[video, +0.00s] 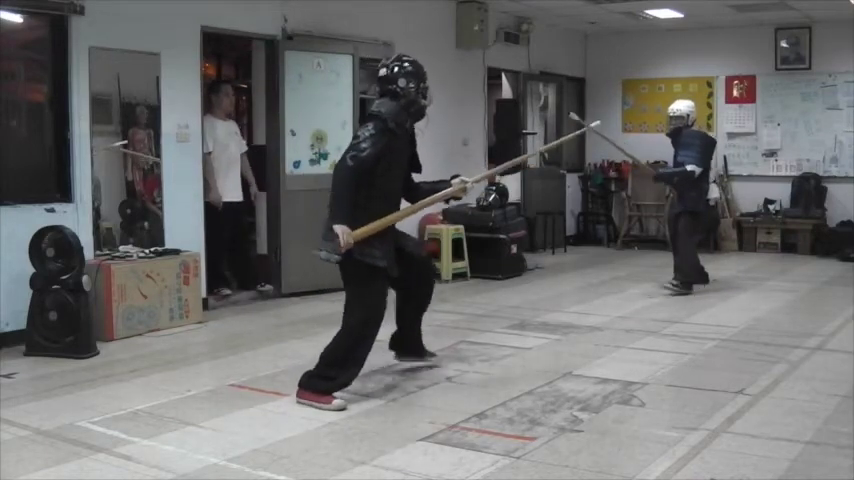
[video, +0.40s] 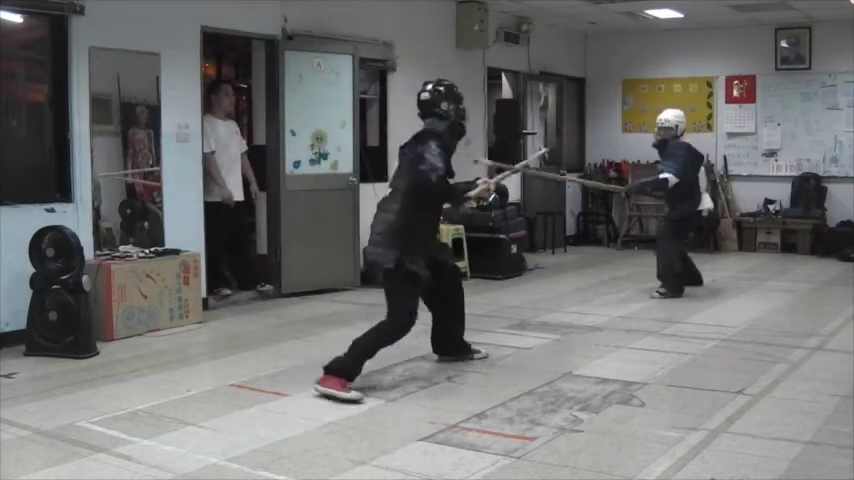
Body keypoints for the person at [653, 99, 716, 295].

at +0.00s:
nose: (672, 122)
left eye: (677, 119)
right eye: (671, 118)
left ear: (688, 119)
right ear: (669, 118)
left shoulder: (695, 138)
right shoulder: (680, 140)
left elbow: (693, 171)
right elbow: (681, 168)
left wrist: (662, 174)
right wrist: (663, 171)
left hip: (693, 195)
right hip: (682, 194)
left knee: (684, 231)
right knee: (676, 229)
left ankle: (685, 281)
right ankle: (692, 273)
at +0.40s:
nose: (661, 133)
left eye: (666, 129)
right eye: (660, 129)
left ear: (678, 130)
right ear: (657, 129)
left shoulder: (680, 150)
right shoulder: (668, 148)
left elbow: (668, 179)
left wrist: (636, 188)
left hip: (686, 206)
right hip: (680, 205)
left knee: (666, 239)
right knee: (668, 239)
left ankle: (672, 286)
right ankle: (690, 275)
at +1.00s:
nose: (633, 151)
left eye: (639, 147)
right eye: (633, 146)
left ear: (652, 150)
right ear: (631, 145)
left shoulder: (657, 169)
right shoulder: (639, 169)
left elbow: (645, 194)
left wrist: (615, 201)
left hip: (678, 218)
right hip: (664, 219)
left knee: (657, 245)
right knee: (678, 257)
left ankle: (657, 294)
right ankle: (709, 273)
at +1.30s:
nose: (627, 150)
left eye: (632, 146)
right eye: (624, 146)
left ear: (644, 147)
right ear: (621, 146)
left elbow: (658, 199)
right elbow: (615, 191)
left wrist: (635, 210)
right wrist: (622, 204)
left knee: (649, 250)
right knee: (676, 252)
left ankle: (656, 293)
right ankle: (712, 270)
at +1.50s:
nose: (623, 141)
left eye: (629, 137)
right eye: (621, 136)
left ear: (641, 138)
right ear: (619, 136)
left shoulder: (650, 160)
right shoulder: (631, 159)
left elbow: (669, 196)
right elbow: (636, 189)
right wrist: (628, 211)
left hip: (668, 207)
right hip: (652, 205)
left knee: (656, 245)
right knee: (651, 243)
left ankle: (658, 292)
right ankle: (665, 278)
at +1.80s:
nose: (633, 126)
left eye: (639, 121)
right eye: (632, 121)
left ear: (650, 122)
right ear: (629, 121)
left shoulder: (658, 142)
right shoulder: (642, 142)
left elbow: (656, 177)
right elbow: (643, 171)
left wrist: (625, 183)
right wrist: (623, 181)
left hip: (666, 200)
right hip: (653, 200)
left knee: (655, 241)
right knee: (641, 242)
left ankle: (662, 289)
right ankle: (655, 279)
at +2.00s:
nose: (638, 120)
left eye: (643, 116)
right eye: (636, 116)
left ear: (654, 116)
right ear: (634, 115)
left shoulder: (660, 136)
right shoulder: (646, 137)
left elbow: (655, 170)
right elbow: (646, 167)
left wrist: (625, 177)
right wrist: (624, 179)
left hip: (670, 195)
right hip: (659, 194)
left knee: (654, 235)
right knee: (647, 235)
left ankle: (664, 282)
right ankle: (655, 277)